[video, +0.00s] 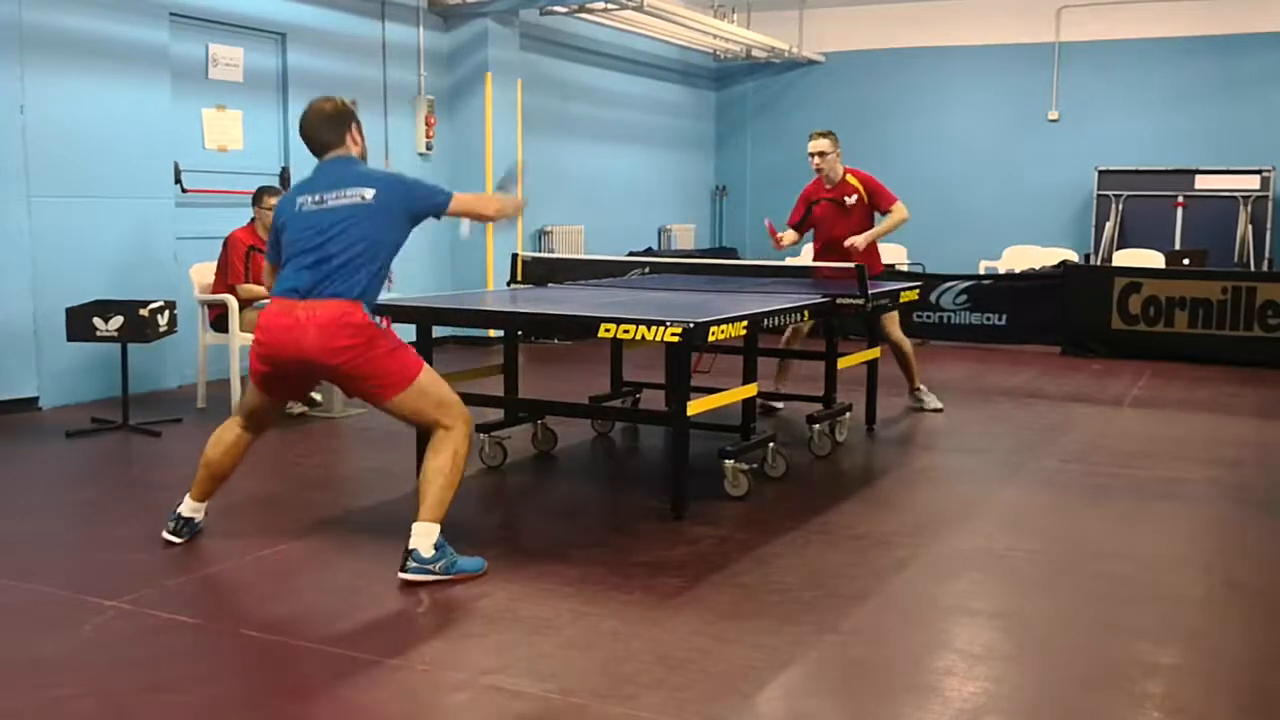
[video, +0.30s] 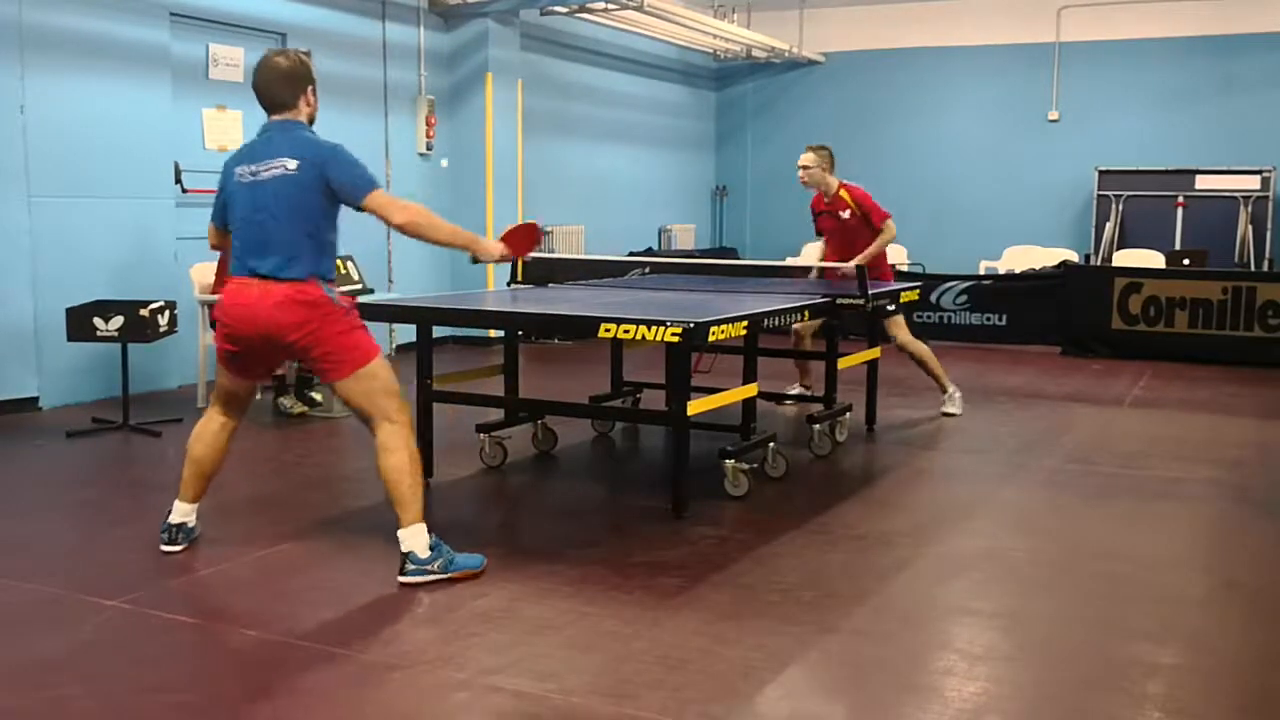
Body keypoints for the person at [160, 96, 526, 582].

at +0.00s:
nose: (364, 138)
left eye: (358, 130)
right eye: (362, 130)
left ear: (312, 147)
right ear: (355, 135)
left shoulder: (290, 201)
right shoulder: (390, 187)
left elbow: (273, 278)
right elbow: (488, 207)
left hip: (278, 328)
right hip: (345, 329)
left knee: (246, 422)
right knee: (452, 420)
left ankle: (187, 513)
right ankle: (425, 547)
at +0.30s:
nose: (317, 102)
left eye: (313, 93)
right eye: (316, 94)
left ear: (263, 102)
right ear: (307, 98)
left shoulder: (237, 161)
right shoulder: (321, 152)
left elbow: (218, 238)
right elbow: (399, 216)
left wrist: (268, 249)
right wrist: (477, 243)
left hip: (239, 304)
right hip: (306, 304)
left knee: (224, 409)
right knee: (391, 415)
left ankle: (178, 521)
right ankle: (418, 549)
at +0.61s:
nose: (313, 84)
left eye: (310, 76)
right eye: (312, 76)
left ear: (255, 83)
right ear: (303, 79)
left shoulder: (225, 141)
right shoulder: (306, 136)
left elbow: (191, 222)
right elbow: (364, 204)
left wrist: (223, 260)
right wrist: (427, 234)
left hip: (221, 287)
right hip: (285, 287)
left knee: (214, 408)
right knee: (350, 412)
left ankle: (178, 524)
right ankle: (334, 553)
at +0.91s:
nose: (305, 80)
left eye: (300, 71)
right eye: (304, 71)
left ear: (249, 77)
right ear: (295, 74)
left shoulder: (214, 139)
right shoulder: (304, 126)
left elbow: (183, 222)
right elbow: (340, 202)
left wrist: (182, 293)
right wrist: (382, 252)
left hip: (215, 282)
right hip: (278, 280)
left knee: (231, 403)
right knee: (339, 412)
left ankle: (192, 522)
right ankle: (333, 554)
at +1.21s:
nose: (270, 84)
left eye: (268, 75)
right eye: (268, 75)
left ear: (214, 78)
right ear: (255, 75)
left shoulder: (179, 133)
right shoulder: (256, 121)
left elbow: (152, 218)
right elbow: (270, 199)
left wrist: (152, 292)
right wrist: (307, 259)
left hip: (172, 277)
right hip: (227, 274)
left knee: (212, 400)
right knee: (277, 409)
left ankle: (189, 521)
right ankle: (308, 544)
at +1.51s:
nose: (252, 71)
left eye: (250, 61)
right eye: (250, 61)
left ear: (196, 65)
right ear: (235, 61)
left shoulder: (162, 123)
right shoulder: (234, 112)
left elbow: (132, 210)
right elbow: (243, 191)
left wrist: (144, 281)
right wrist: (284, 235)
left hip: (161, 267)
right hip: (211, 263)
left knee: (196, 401)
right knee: (228, 404)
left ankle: (189, 518)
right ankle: (184, 552)